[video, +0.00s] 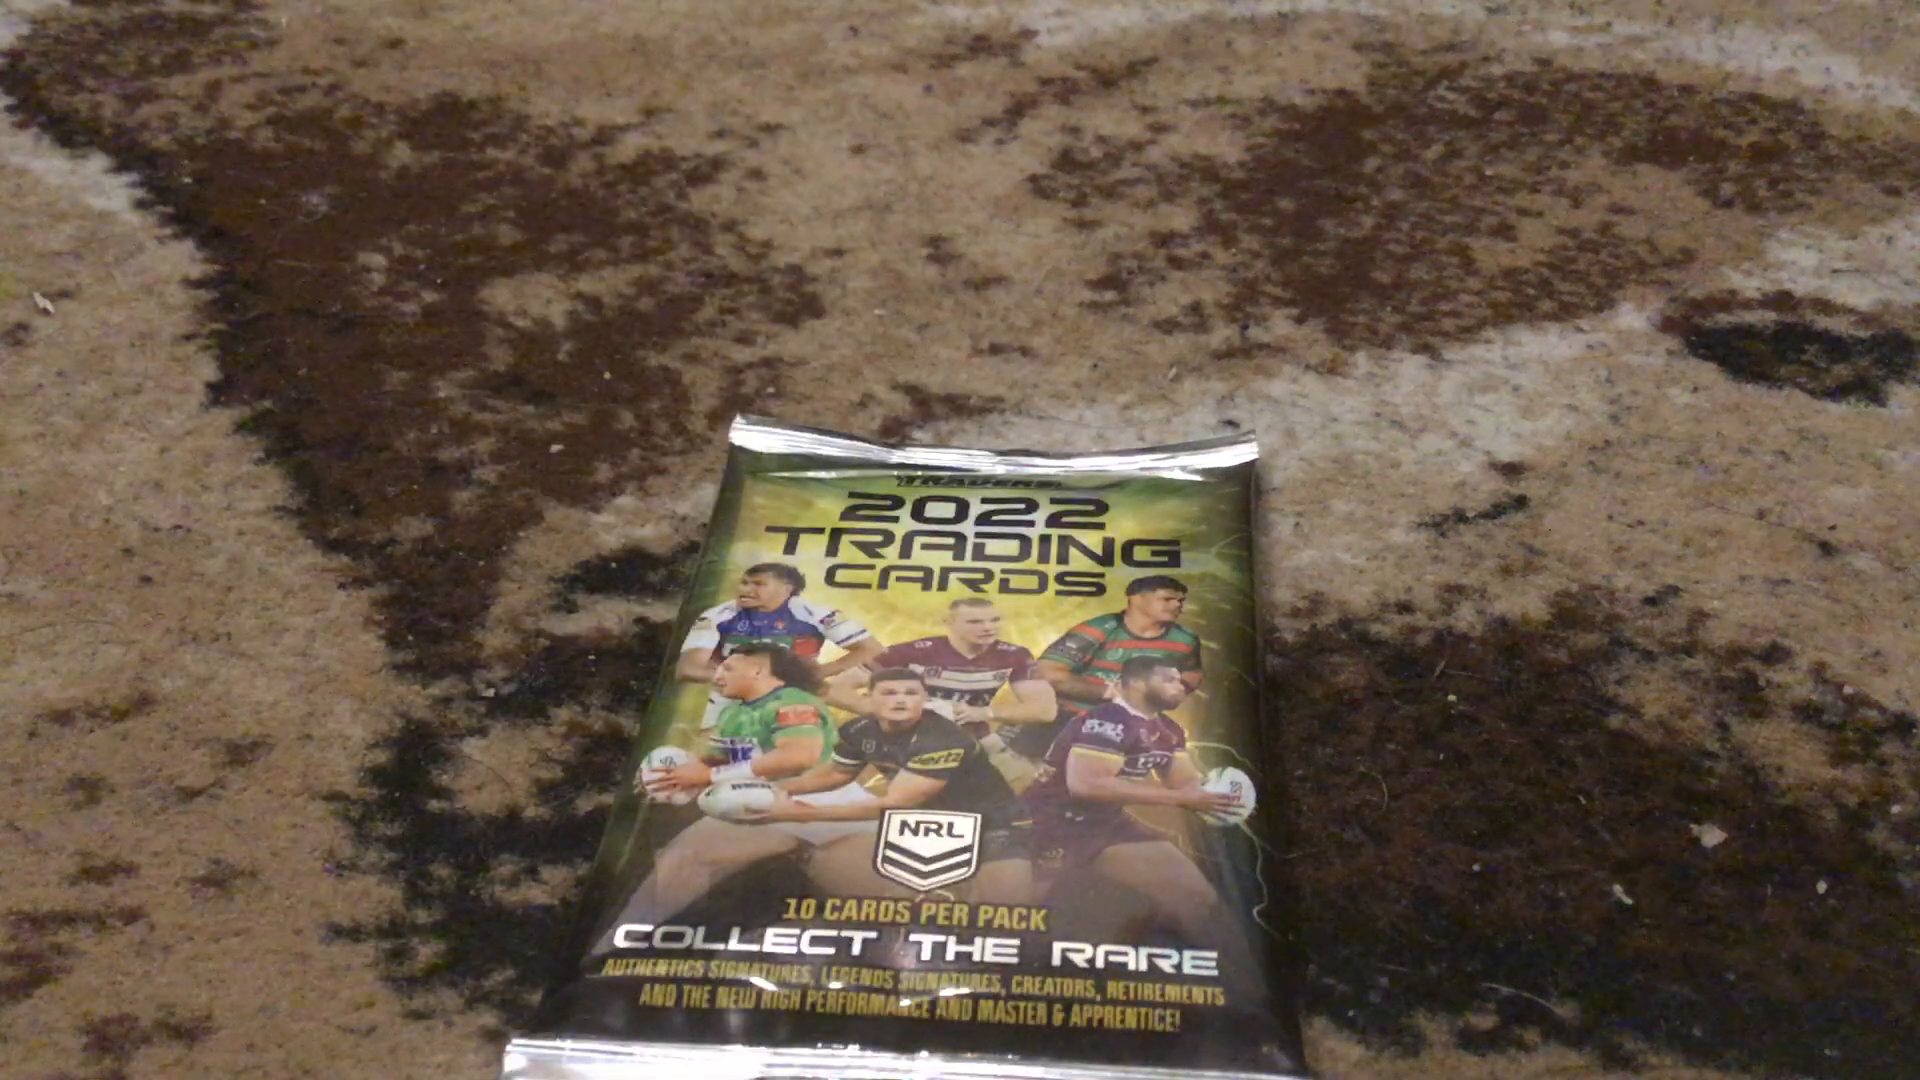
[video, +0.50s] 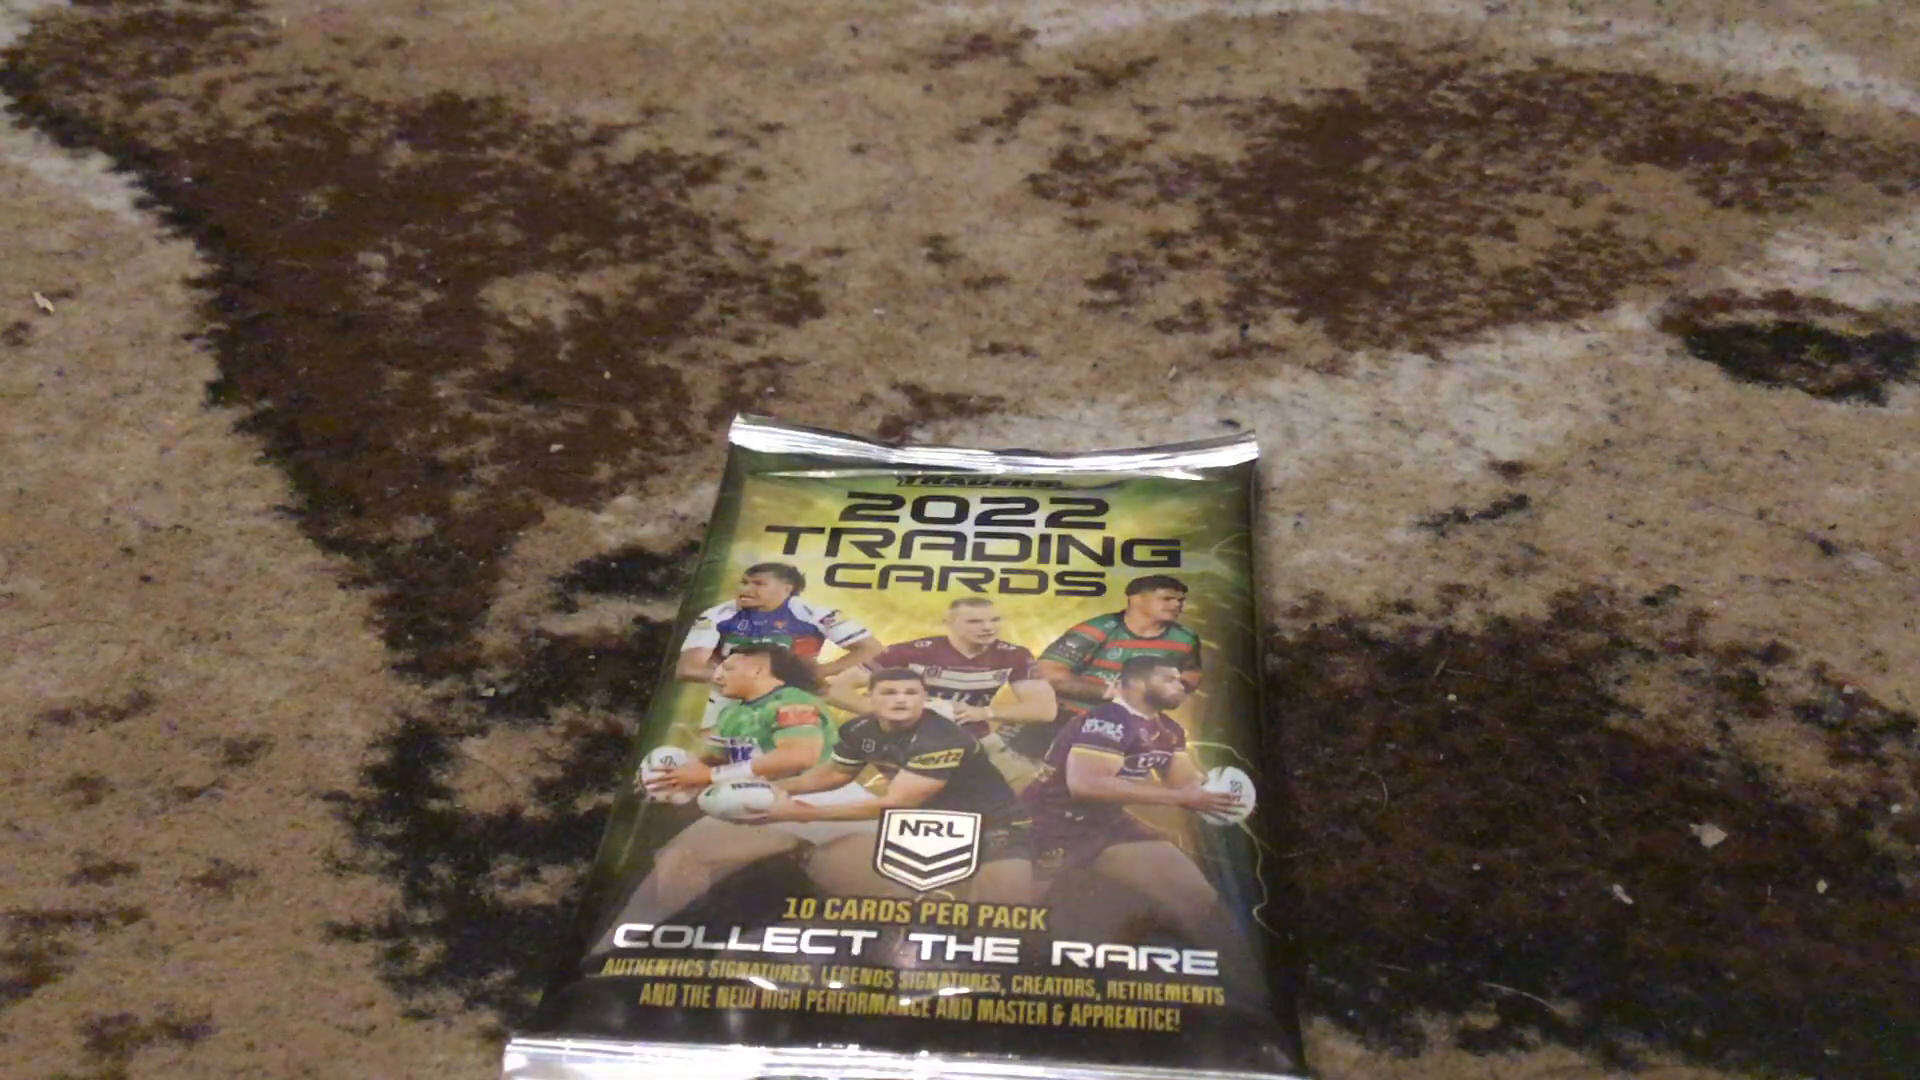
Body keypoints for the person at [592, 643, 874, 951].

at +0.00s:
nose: (720, 671)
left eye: (729, 663)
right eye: (722, 664)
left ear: (761, 665)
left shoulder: (794, 701)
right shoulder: (733, 714)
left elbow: (803, 755)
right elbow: (718, 766)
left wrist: (711, 776)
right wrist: (673, 781)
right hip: (751, 817)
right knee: (675, 862)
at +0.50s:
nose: (721, 668)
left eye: (731, 661)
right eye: (723, 662)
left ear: (762, 664)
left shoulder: (794, 701)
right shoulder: (732, 714)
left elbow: (802, 755)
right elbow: (715, 764)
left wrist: (712, 776)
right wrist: (668, 779)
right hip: (750, 817)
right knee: (671, 863)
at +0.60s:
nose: (720, 670)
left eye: (729, 661)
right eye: (722, 662)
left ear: (760, 663)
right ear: (757, 664)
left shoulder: (794, 701)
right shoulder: (733, 714)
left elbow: (801, 755)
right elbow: (715, 763)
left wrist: (712, 776)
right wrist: (670, 780)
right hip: (752, 817)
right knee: (672, 864)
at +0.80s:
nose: (720, 671)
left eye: (729, 662)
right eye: (722, 664)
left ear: (760, 664)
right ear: (756, 666)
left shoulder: (794, 702)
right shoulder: (734, 713)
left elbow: (801, 755)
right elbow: (711, 760)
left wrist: (711, 775)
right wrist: (668, 778)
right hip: (748, 815)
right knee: (672, 863)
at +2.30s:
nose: (720, 669)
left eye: (729, 662)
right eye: (722, 662)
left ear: (761, 665)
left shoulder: (793, 700)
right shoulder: (732, 714)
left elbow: (802, 754)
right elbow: (714, 763)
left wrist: (711, 775)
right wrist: (668, 779)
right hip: (752, 814)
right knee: (674, 863)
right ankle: (614, 950)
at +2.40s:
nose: (719, 669)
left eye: (729, 662)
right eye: (721, 662)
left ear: (761, 665)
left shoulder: (793, 701)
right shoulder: (733, 714)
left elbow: (801, 754)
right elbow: (713, 762)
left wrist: (711, 775)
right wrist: (667, 779)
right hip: (758, 814)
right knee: (678, 862)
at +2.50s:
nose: (719, 668)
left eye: (730, 660)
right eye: (722, 661)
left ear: (762, 662)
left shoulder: (793, 701)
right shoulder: (731, 712)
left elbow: (802, 754)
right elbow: (716, 763)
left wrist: (712, 775)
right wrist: (675, 778)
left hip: (783, 818)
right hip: (737, 816)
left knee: (685, 860)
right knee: (669, 862)